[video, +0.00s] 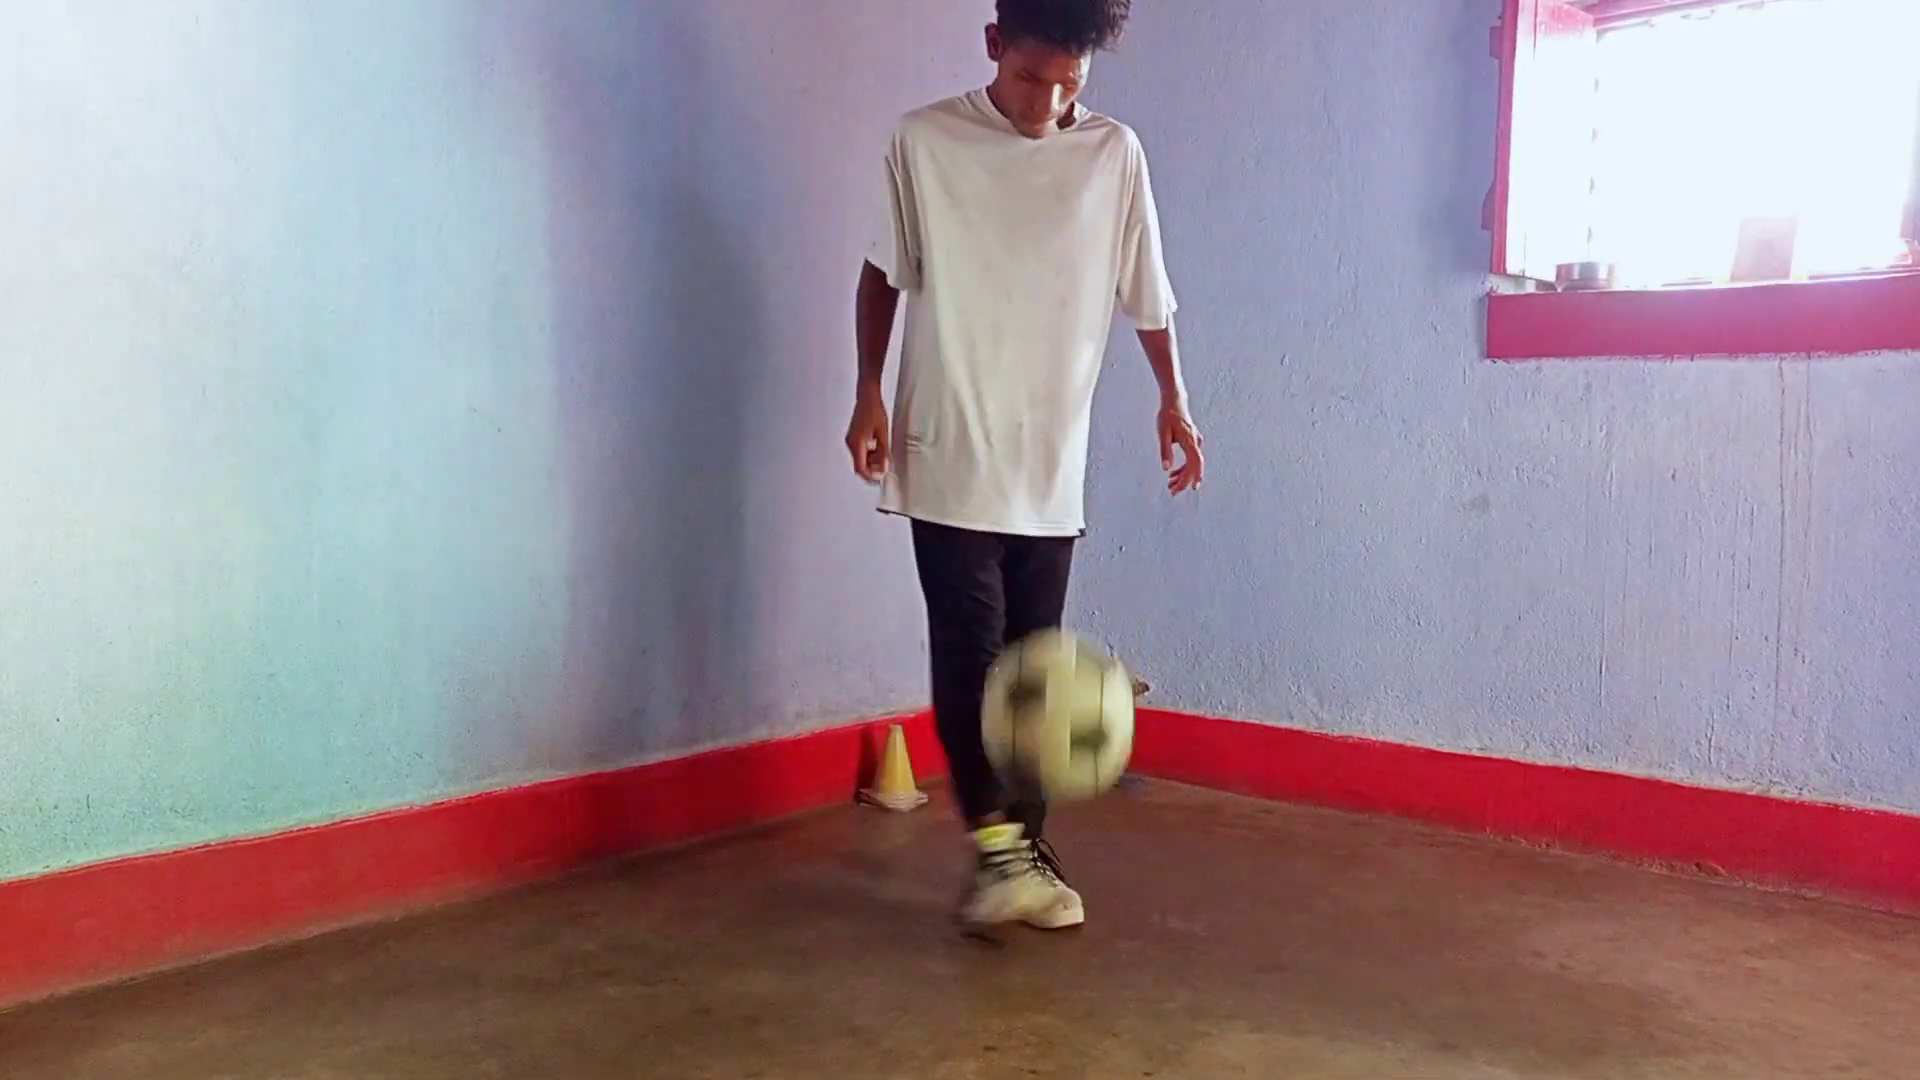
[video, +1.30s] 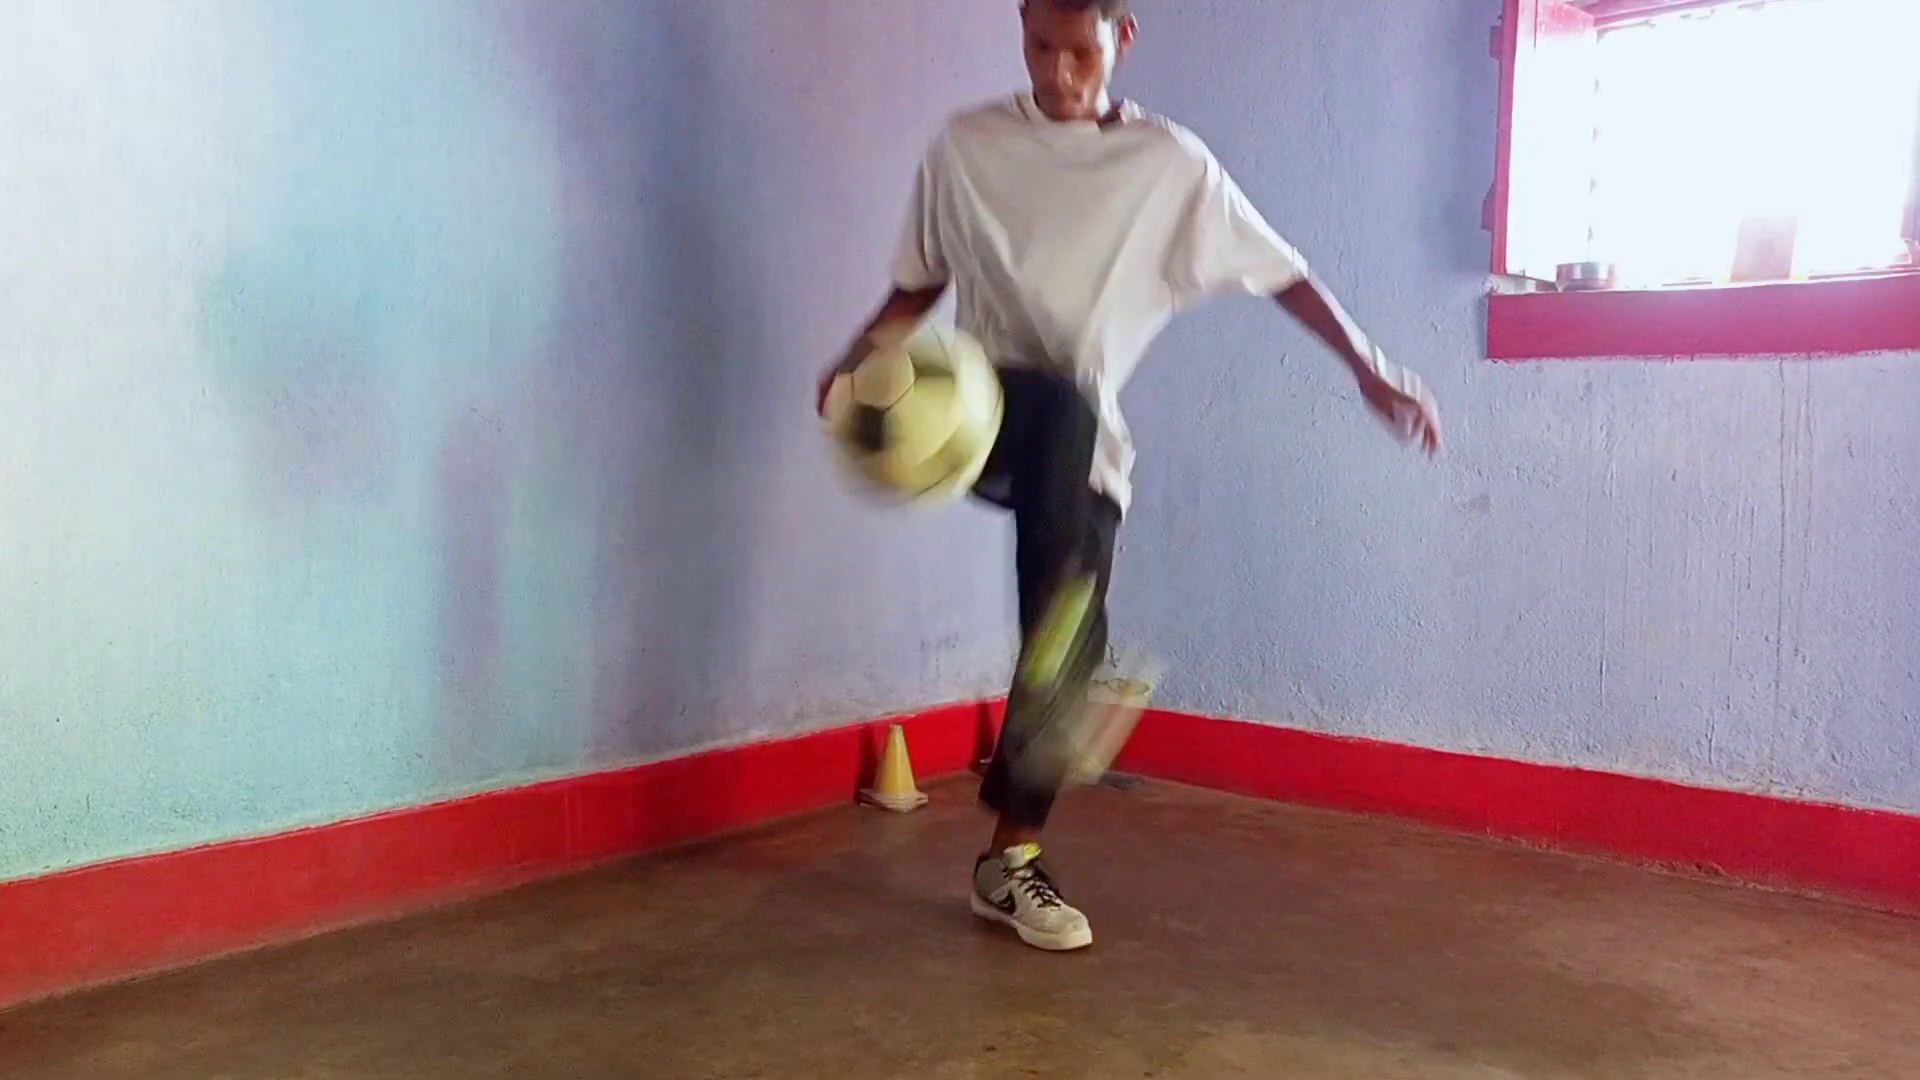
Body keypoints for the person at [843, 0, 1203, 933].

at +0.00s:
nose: (1049, 101)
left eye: (1067, 84)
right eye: (1034, 80)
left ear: (1091, 63)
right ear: (994, 45)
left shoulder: (1112, 152)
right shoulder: (923, 140)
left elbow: (1146, 289)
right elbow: (882, 275)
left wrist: (1173, 398)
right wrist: (869, 394)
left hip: (1053, 444)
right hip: (946, 438)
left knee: (1037, 650)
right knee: (970, 640)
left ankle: (1029, 851)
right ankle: (994, 853)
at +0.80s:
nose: (1115, 111)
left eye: (1135, 93)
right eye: (1099, 86)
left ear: (1155, 79)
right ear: (1063, 58)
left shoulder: (1164, 194)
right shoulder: (981, 140)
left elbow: (1191, 340)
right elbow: (904, 265)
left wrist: (1229, 458)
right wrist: (862, 362)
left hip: (1061, 456)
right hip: (959, 430)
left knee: (1060, 659)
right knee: (986, 586)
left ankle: (1035, 865)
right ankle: (984, 840)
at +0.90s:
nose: (1127, 97)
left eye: (1146, 81)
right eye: (1113, 73)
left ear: (1167, 73)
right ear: (1078, 48)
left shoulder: (1176, 178)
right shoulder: (1000, 122)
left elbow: (1202, 313)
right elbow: (911, 226)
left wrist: (1233, 422)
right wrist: (868, 323)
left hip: (1071, 437)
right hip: (975, 385)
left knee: (1064, 656)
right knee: (975, 476)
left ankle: (1022, 855)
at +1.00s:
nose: (1118, 71)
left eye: (1137, 53)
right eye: (1101, 47)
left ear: (1160, 47)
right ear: (1064, 31)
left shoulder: (1178, 152)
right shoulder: (991, 112)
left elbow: (1215, 277)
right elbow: (910, 211)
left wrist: (1257, 362)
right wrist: (830, 271)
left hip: (1085, 419)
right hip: (995, 376)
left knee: (1077, 623)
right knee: (998, 249)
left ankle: (1029, 839)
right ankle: (936, 405)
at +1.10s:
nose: (1090, 60)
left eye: (1112, 42)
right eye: (1074, 35)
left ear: (1140, 38)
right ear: (1044, 24)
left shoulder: (1174, 142)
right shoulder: (978, 112)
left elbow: (1254, 253)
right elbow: (916, 227)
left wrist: (1313, 336)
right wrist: (825, 265)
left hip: (1087, 384)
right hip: (978, 365)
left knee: (1073, 604)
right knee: (1001, 167)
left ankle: (1026, 843)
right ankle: (965, 369)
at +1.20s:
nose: (1062, 58)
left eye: (1086, 36)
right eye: (1046, 32)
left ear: (1122, 25)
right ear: (1021, 19)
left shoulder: (1167, 138)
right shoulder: (963, 121)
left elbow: (1265, 243)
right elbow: (922, 252)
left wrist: (1357, 328)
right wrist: (842, 313)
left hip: (1078, 411)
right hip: (980, 388)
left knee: (1069, 616)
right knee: (1045, 233)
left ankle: (1018, 846)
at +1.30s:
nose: (1060, 74)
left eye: (1082, 54)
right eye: (1043, 50)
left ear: (1120, 44)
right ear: (1021, 39)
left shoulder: (1169, 158)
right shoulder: (965, 145)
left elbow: (1278, 273)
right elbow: (918, 282)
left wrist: (1371, 372)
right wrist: (856, 358)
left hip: (1081, 425)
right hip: (971, 406)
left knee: (1062, 626)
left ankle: (1011, 859)